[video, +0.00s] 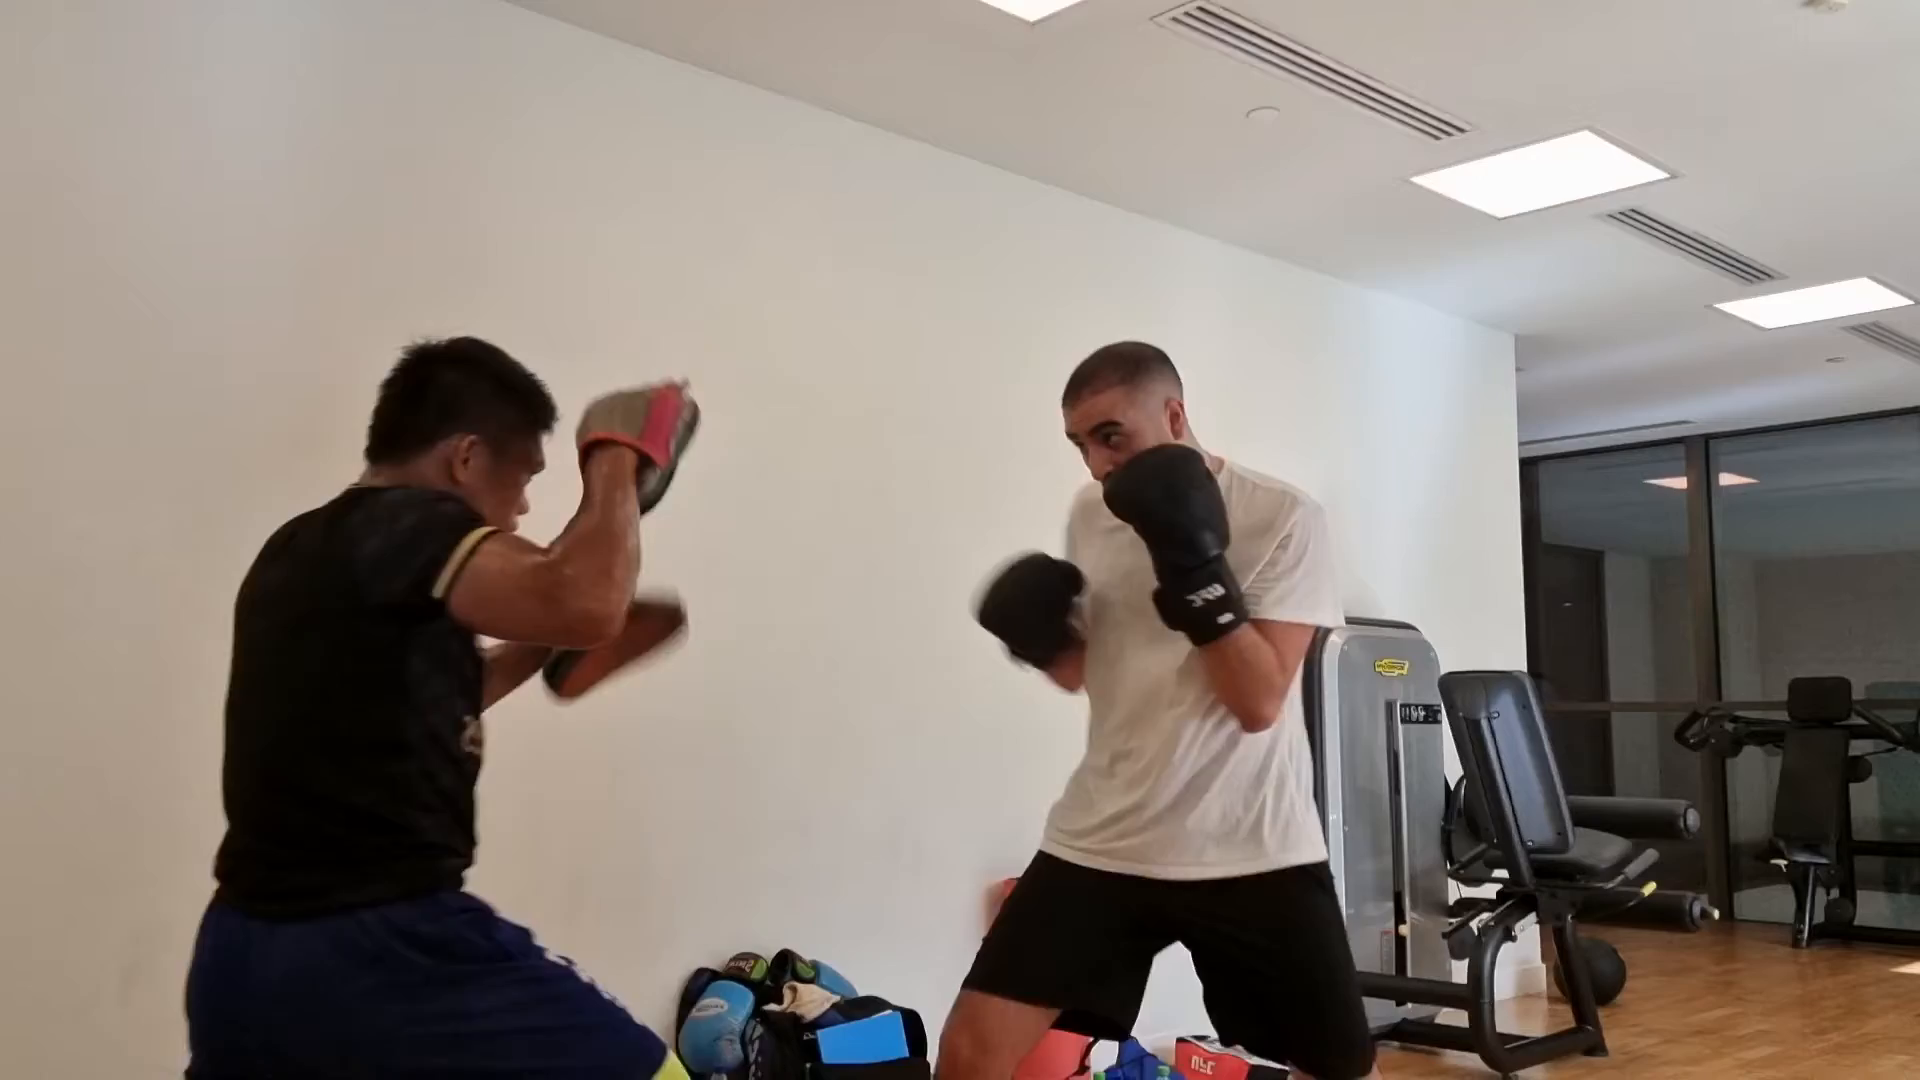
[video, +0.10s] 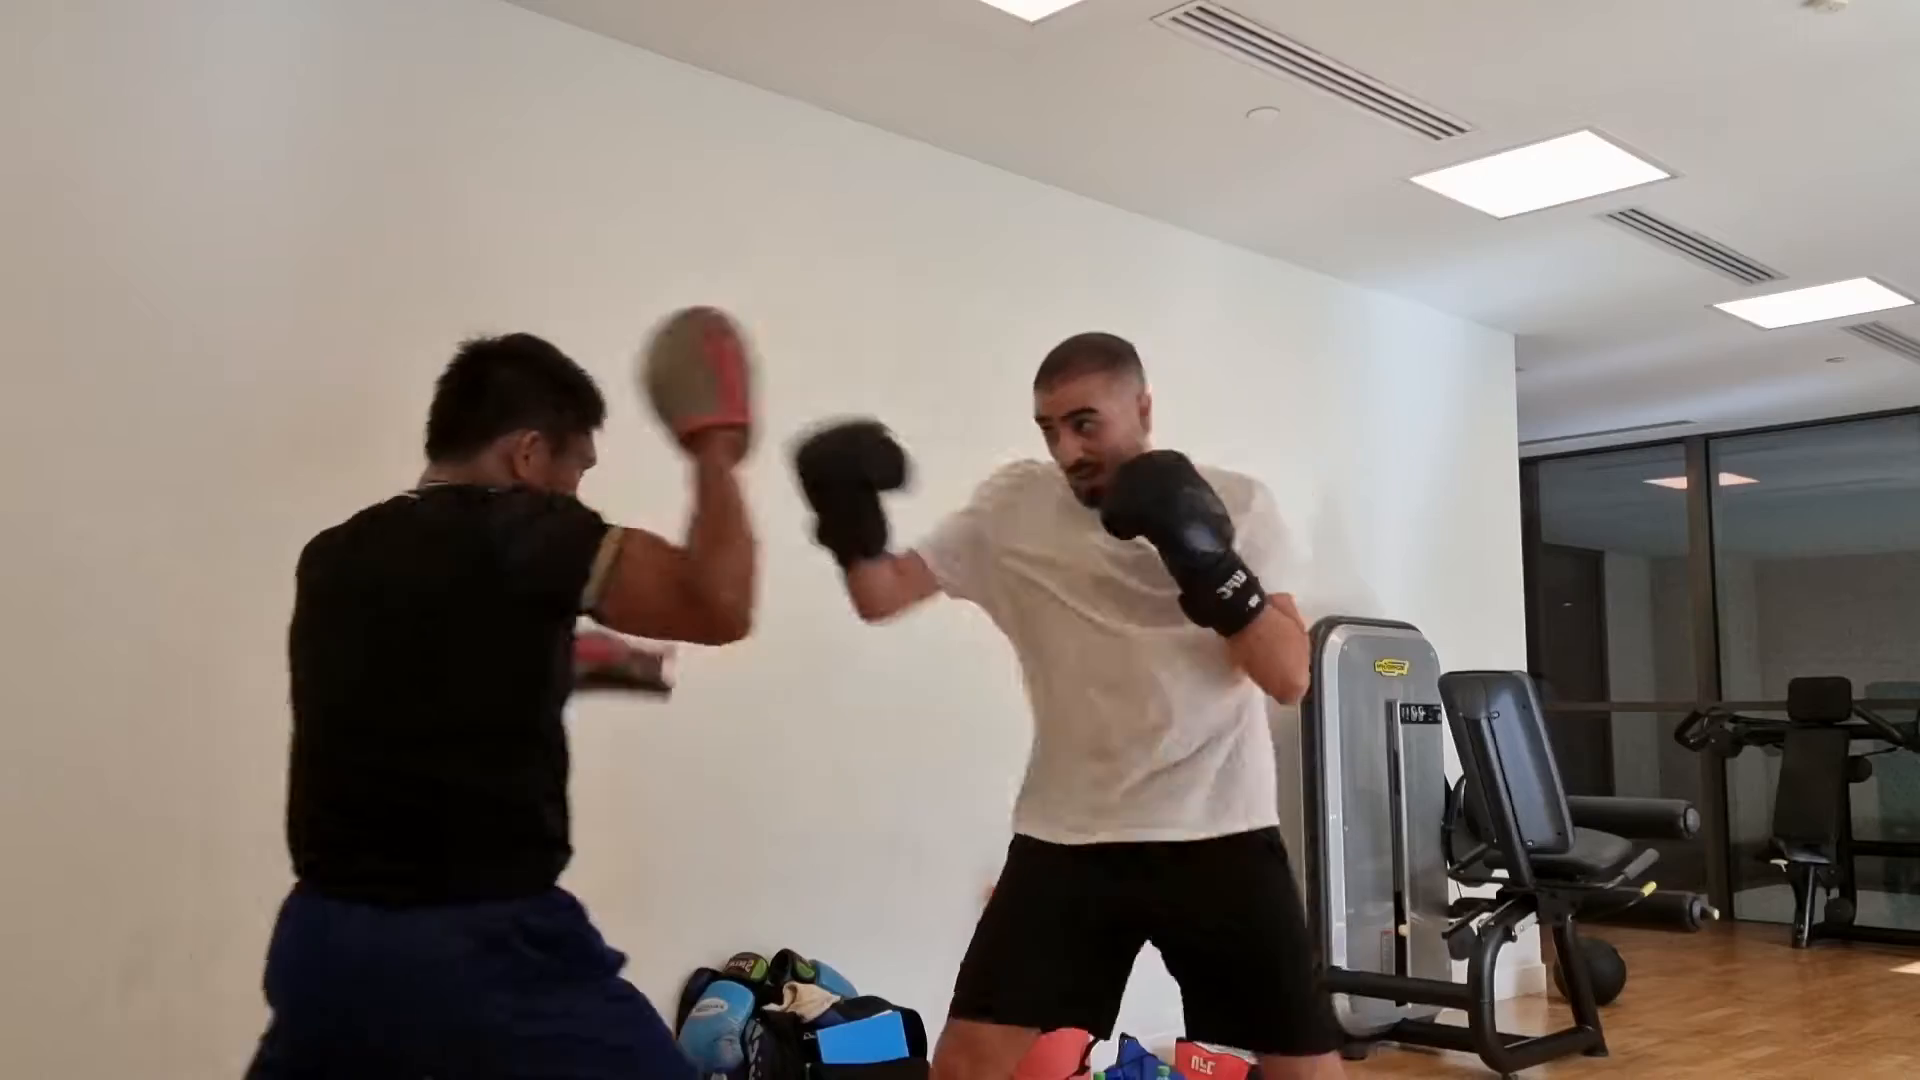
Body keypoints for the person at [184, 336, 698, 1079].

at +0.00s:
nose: (522, 510)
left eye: (528, 485)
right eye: (521, 480)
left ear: (385, 452)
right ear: (463, 459)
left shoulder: (289, 551)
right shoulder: (405, 524)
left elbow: (429, 695)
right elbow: (586, 603)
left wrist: (551, 632)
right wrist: (614, 457)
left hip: (245, 957)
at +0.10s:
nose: (575, 500)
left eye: (581, 477)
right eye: (575, 472)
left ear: (442, 449)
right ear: (524, 454)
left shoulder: (331, 554)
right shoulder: (526, 533)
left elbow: (415, 663)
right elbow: (716, 607)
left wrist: (567, 663)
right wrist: (716, 453)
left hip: (327, 954)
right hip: (498, 960)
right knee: (652, 1061)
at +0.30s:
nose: (704, 494)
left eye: (711, 475)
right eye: (704, 470)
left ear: (578, 439)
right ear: (663, 453)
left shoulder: (518, 550)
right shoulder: (597, 556)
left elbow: (671, 710)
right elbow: (716, 730)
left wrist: (711, 611)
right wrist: (797, 606)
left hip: (459, 938)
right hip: (575, 955)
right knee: (747, 1067)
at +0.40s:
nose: (711, 496)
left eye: (720, 472)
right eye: (717, 468)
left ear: (589, 439)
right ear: (675, 450)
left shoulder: (504, 552)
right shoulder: (619, 538)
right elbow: (737, 692)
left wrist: (722, 616)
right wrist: (846, 595)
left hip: (465, 936)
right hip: (603, 945)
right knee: (765, 1064)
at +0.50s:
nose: (714, 482)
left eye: (721, 465)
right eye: (716, 462)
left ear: (585, 433)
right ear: (677, 440)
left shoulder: (464, 551)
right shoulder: (677, 510)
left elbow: (416, 736)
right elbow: (839, 604)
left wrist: (551, 707)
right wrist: (989, 502)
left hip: (456, 926)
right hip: (630, 928)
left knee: (401, 1069)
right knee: (765, 1060)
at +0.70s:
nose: (715, 513)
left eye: (724, 493)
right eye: (721, 487)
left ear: (596, 450)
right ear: (683, 460)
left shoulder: (487, 550)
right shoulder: (627, 529)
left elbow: (685, 714)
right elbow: (753, 667)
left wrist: (818, 619)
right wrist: (862, 591)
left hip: (435, 924)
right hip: (588, 934)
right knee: (731, 1059)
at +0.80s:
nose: (705, 533)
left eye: (715, 513)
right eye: (712, 507)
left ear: (587, 467)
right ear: (674, 478)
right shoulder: (610, 546)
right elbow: (760, 648)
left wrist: (797, 610)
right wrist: (839, 583)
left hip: (424, 955)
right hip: (572, 959)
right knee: (740, 1065)